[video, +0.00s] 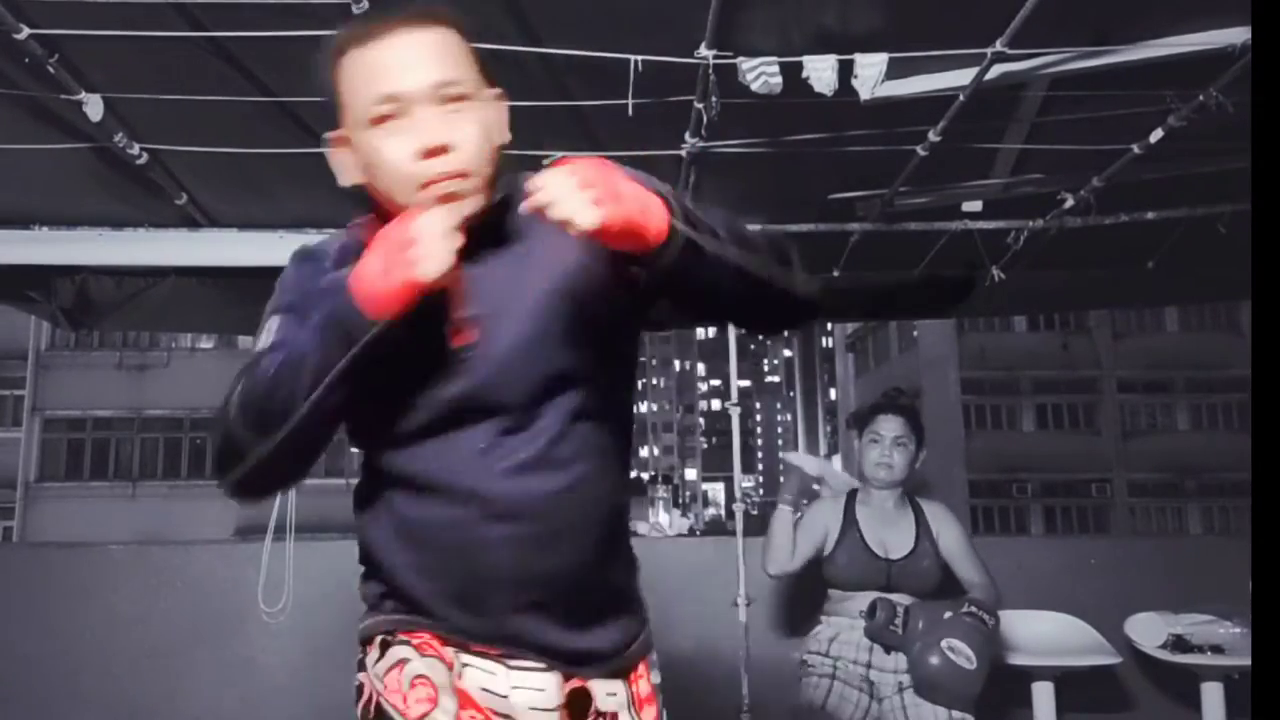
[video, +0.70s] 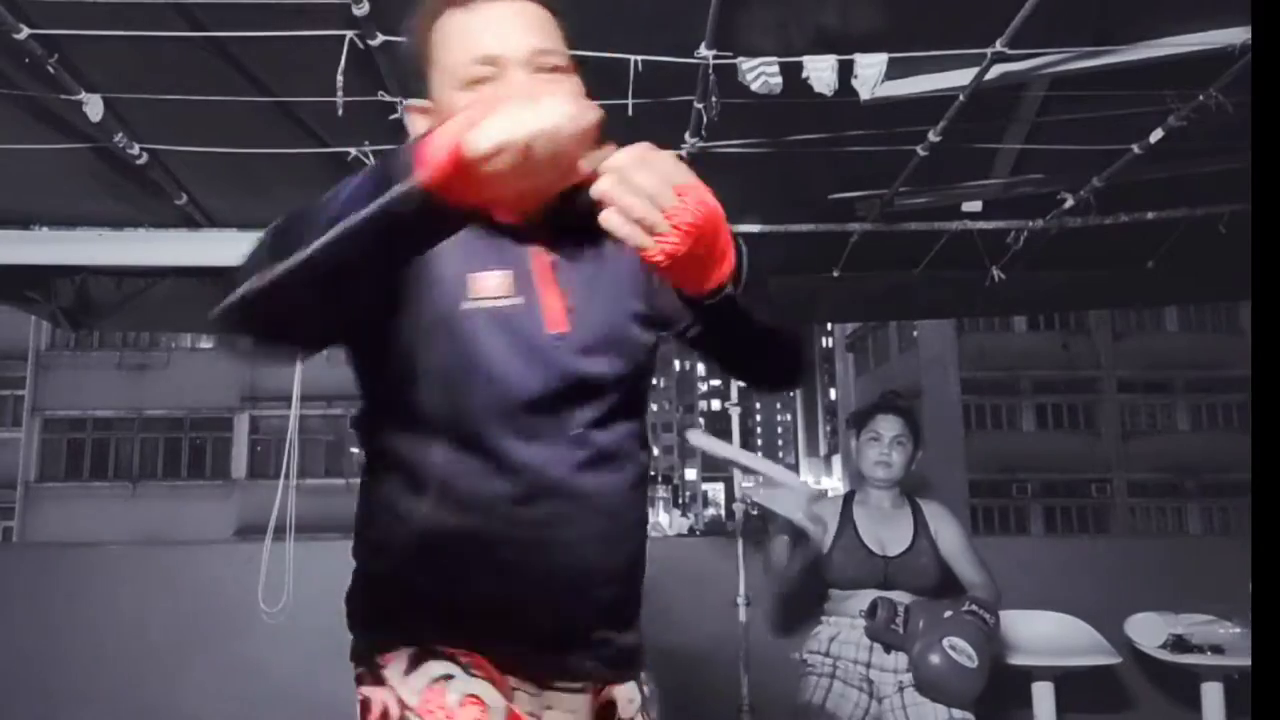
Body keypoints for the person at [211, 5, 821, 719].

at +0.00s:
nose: (433, 137)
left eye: (452, 100)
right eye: (390, 116)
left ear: (499, 115)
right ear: (347, 159)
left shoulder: (586, 227)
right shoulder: (333, 272)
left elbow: (791, 300)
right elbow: (243, 466)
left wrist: (663, 232)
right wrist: (362, 304)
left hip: (598, 648)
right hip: (435, 647)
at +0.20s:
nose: (380, 160)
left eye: (395, 110)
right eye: (327, 142)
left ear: (450, 117)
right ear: (292, 192)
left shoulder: (566, 207)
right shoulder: (287, 330)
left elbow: (799, 277)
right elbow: (258, 505)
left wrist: (629, 224)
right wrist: (308, 549)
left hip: (616, 663)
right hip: (445, 661)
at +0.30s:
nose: (500, 120)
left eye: (509, 77)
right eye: (445, 100)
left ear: (541, 87)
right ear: (381, 151)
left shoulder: (588, 230)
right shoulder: (351, 308)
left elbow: (781, 243)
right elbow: (277, 549)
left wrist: (699, 183)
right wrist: (421, 648)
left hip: (602, 663)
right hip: (456, 688)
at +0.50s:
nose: (590, 116)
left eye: (606, 86)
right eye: (548, 91)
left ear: (627, 105)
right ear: (479, 128)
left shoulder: (619, 243)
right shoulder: (434, 236)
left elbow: (744, 332)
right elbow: (362, 421)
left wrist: (730, 253)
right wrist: (511, 228)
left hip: (582, 649)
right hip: (436, 654)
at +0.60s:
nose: (582, 115)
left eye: (597, 88)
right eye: (549, 92)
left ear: (623, 96)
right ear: (478, 127)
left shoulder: (625, 242)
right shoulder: (437, 214)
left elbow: (738, 351)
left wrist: (721, 260)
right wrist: (508, 184)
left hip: (584, 651)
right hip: (437, 645)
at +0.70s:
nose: (521, 100)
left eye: (548, 69)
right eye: (481, 78)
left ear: (583, 95)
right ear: (425, 119)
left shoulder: (634, 228)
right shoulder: (390, 210)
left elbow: (782, 365)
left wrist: (716, 273)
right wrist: (432, 191)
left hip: (597, 661)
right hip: (436, 654)